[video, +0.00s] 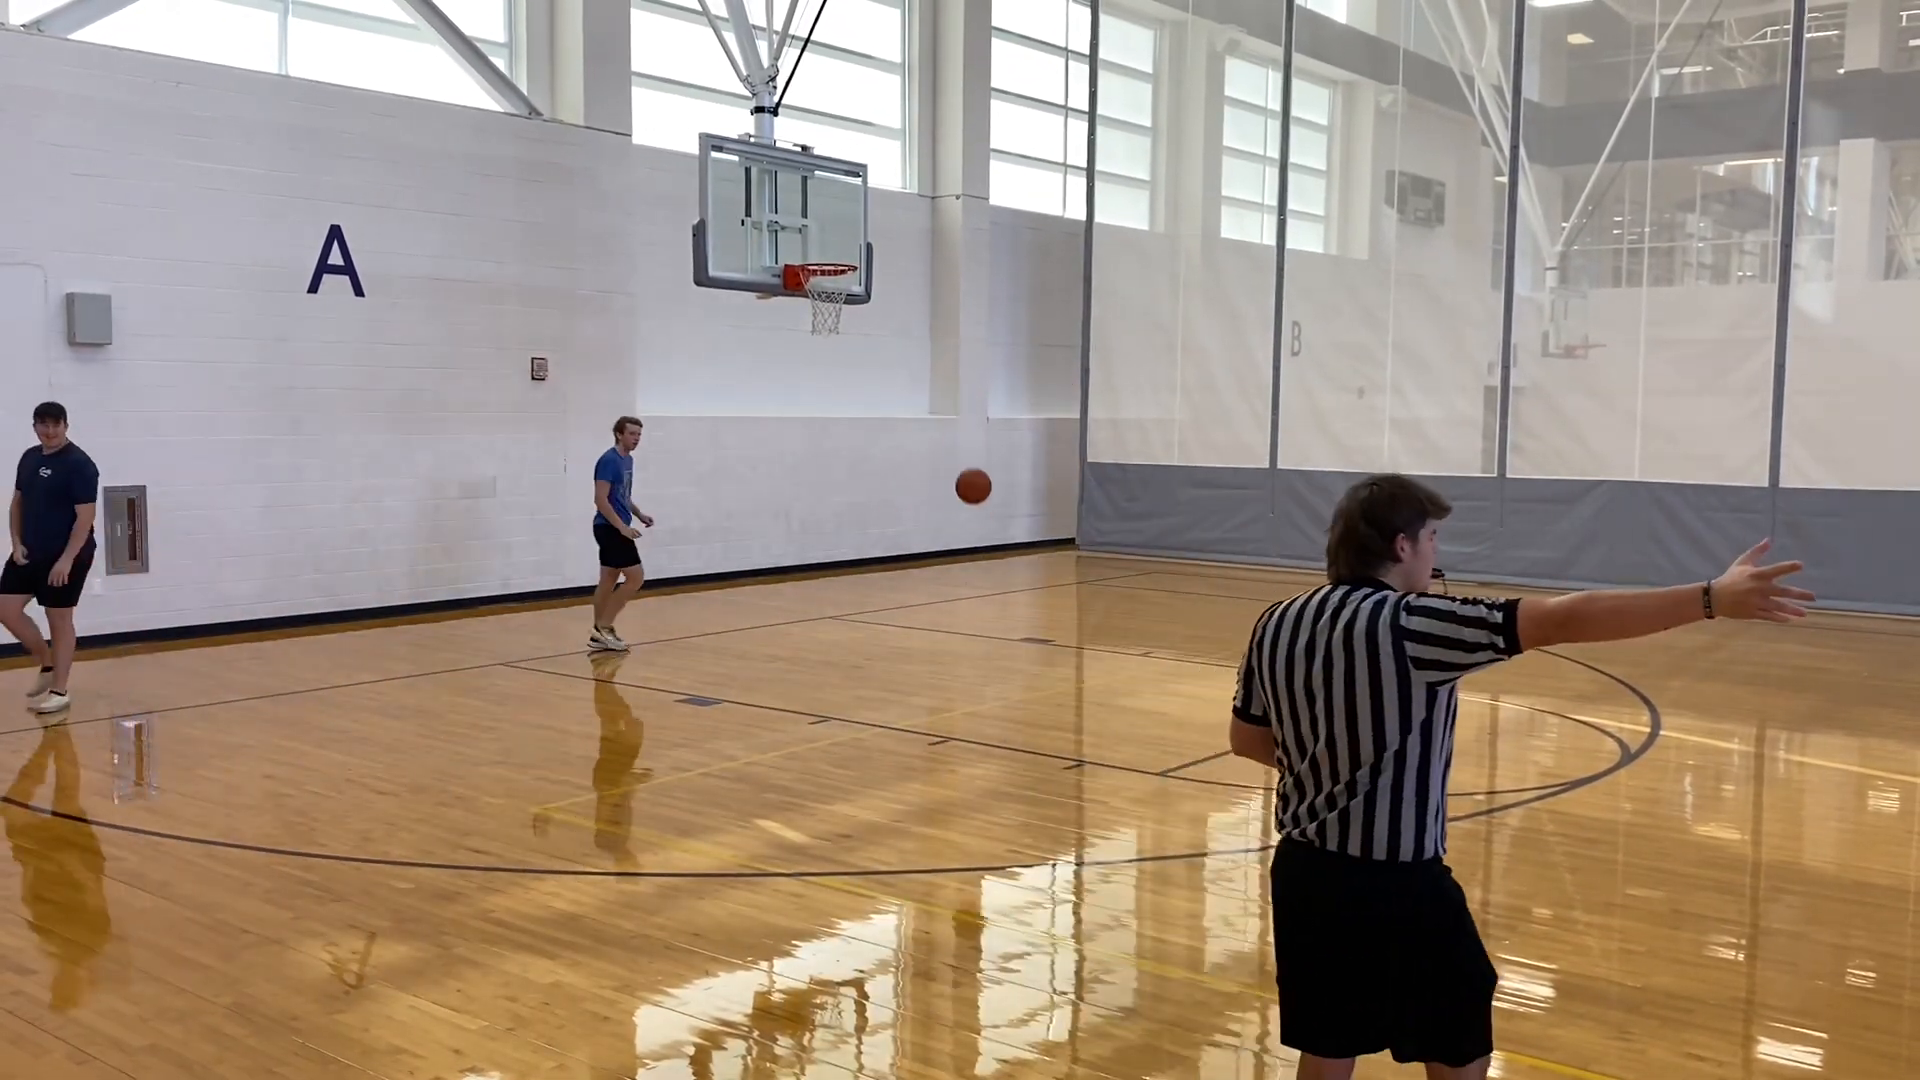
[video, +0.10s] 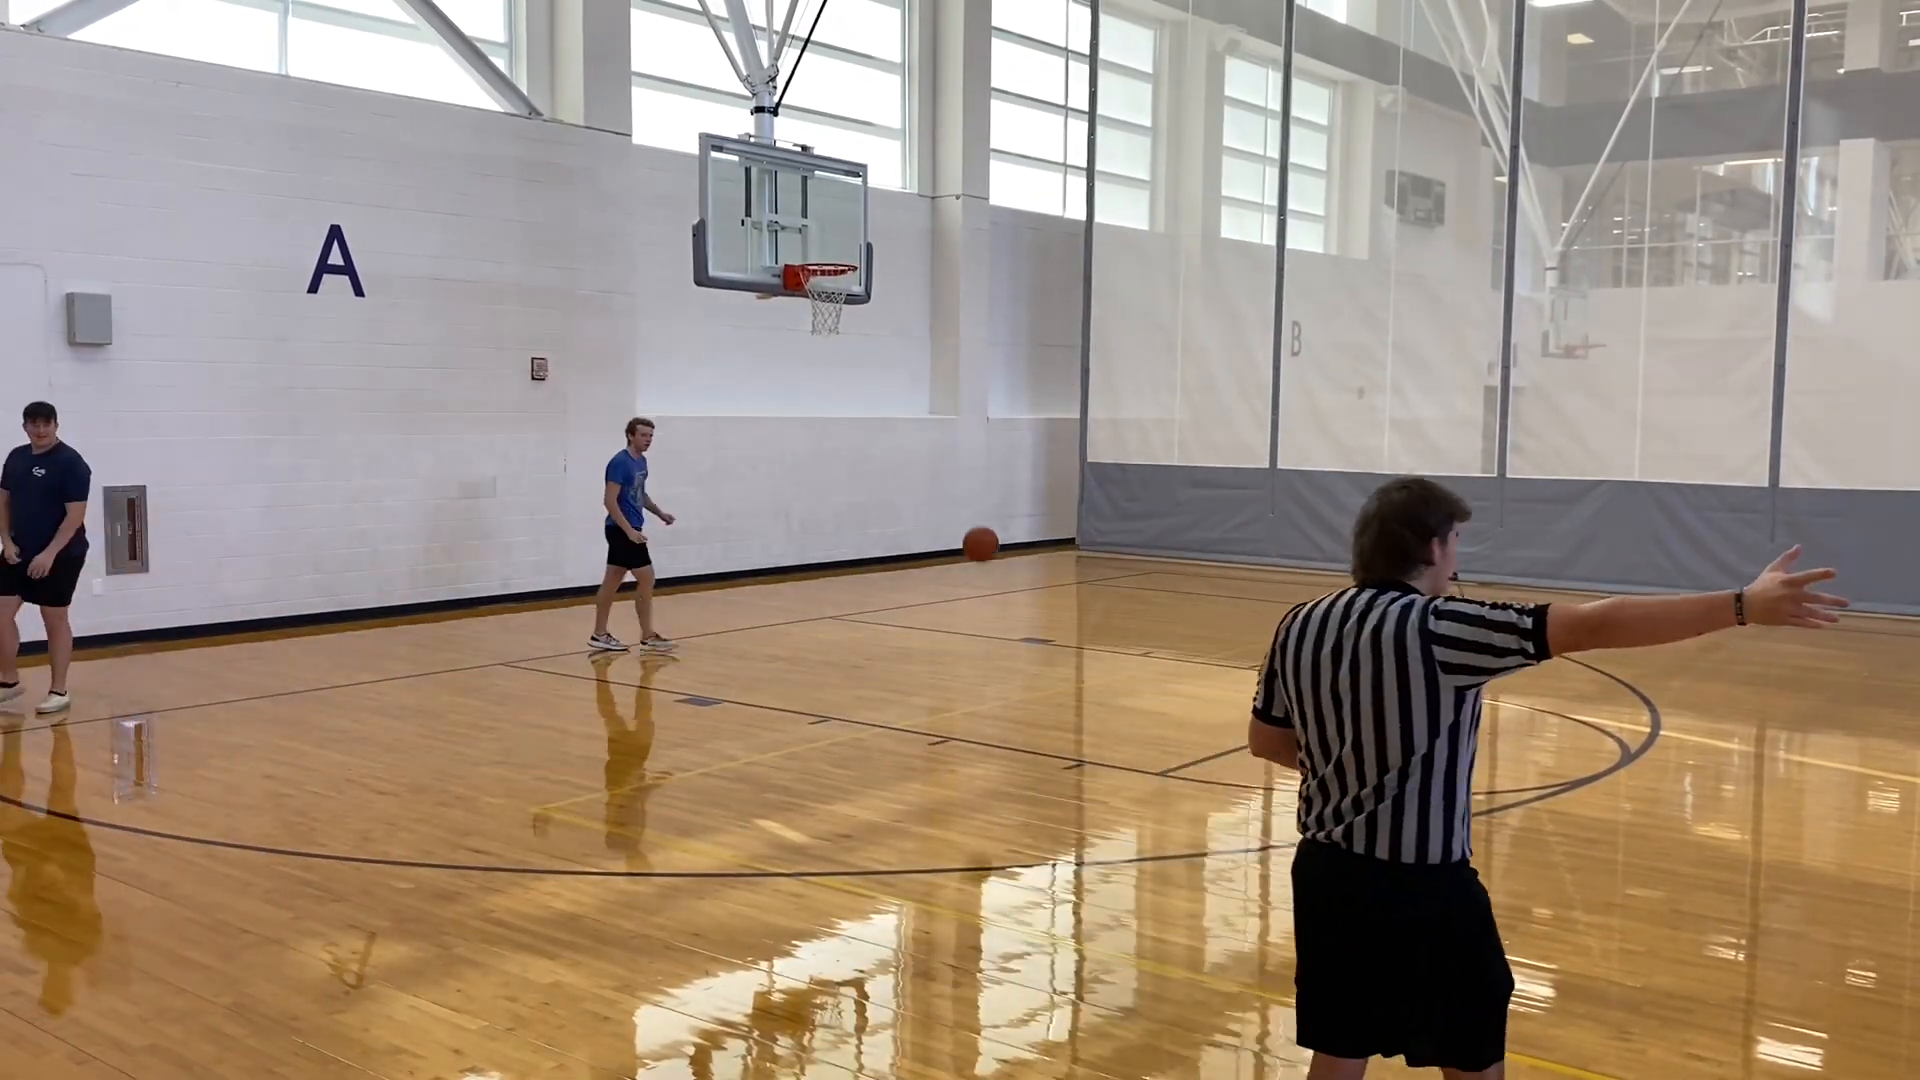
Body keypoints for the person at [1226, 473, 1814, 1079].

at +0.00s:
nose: (1437, 558)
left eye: (1436, 541)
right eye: (1432, 540)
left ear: (1355, 541)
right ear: (1400, 541)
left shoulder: (1277, 624)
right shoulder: (1412, 620)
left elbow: (1246, 736)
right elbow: (1560, 618)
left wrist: (1325, 756)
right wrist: (1709, 598)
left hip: (1302, 875)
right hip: (1401, 882)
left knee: (1324, 1052)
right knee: (1460, 1053)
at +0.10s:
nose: (1455, 562)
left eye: (1455, 546)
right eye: (1454, 546)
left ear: (1371, 546)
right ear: (1429, 547)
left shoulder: (1300, 626)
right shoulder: (1438, 625)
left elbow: (1265, 737)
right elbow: (1592, 622)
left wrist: (1343, 754)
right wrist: (1742, 604)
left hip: (1325, 876)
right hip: (1428, 883)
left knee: (1337, 1054)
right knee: (1471, 1056)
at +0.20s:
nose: (1479, 569)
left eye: (1478, 553)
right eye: (1479, 555)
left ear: (1396, 552)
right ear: (1463, 557)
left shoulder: (1326, 630)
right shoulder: (1469, 632)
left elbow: (1288, 740)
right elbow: (1633, 640)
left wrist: (1368, 757)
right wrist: (1777, 612)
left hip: (1350, 881)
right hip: (1458, 888)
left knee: (1353, 1057)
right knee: (1496, 1060)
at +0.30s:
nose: (1510, 562)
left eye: (1507, 550)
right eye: (1509, 552)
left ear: (1424, 552)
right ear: (1502, 562)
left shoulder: (1358, 632)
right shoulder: (1506, 637)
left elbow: (1315, 745)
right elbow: (1661, 693)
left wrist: (1397, 758)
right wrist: (1778, 615)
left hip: (1381, 892)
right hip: (1494, 899)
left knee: (1378, 1059)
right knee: (1510, 1066)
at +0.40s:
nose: (1547, 554)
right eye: (1546, 544)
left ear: (1462, 546)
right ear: (1541, 555)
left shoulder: (1391, 626)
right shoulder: (1549, 643)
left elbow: (1343, 741)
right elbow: (1655, 758)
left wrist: (1416, 764)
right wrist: (1712, 669)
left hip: (1410, 883)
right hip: (1522, 894)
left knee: (1403, 1047)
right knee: (1530, 1065)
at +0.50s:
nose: (1579, 557)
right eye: (1579, 546)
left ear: (1499, 544)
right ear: (1576, 555)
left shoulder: (1422, 621)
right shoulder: (1588, 649)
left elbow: (1365, 738)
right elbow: (1624, 796)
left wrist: (1445, 759)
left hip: (1433, 883)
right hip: (1545, 896)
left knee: (1419, 1037)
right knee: (1533, 1068)